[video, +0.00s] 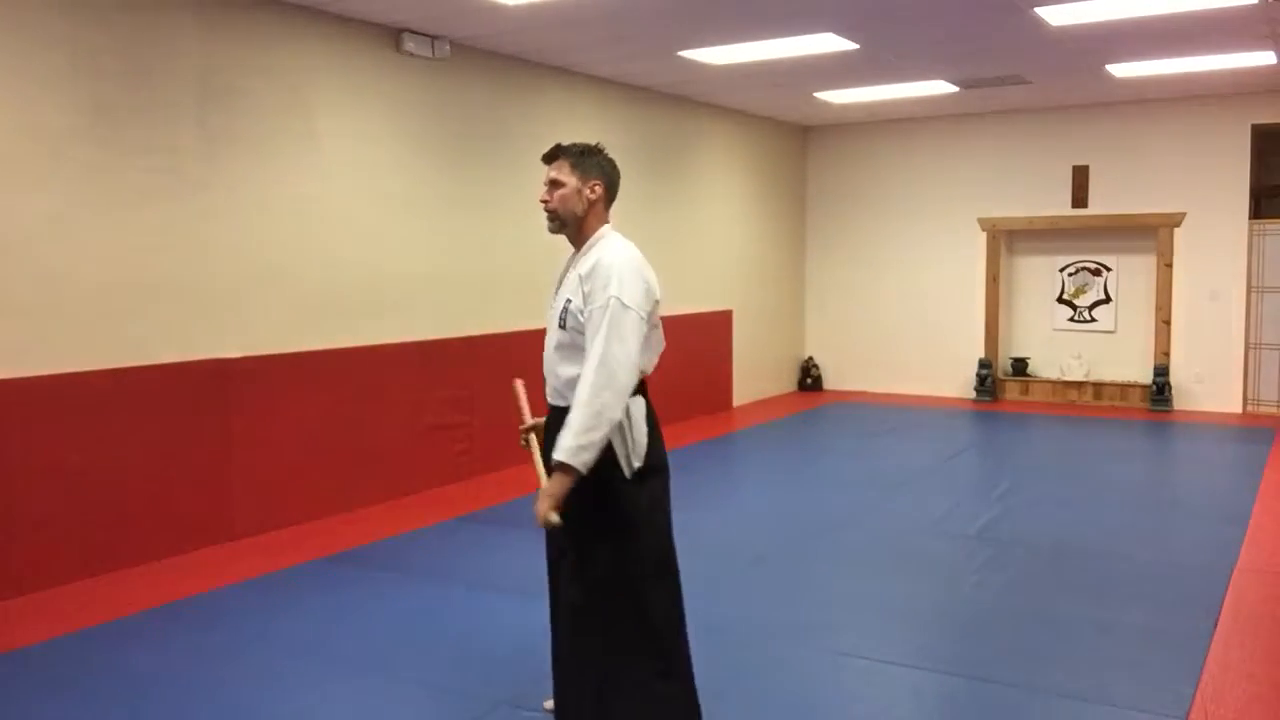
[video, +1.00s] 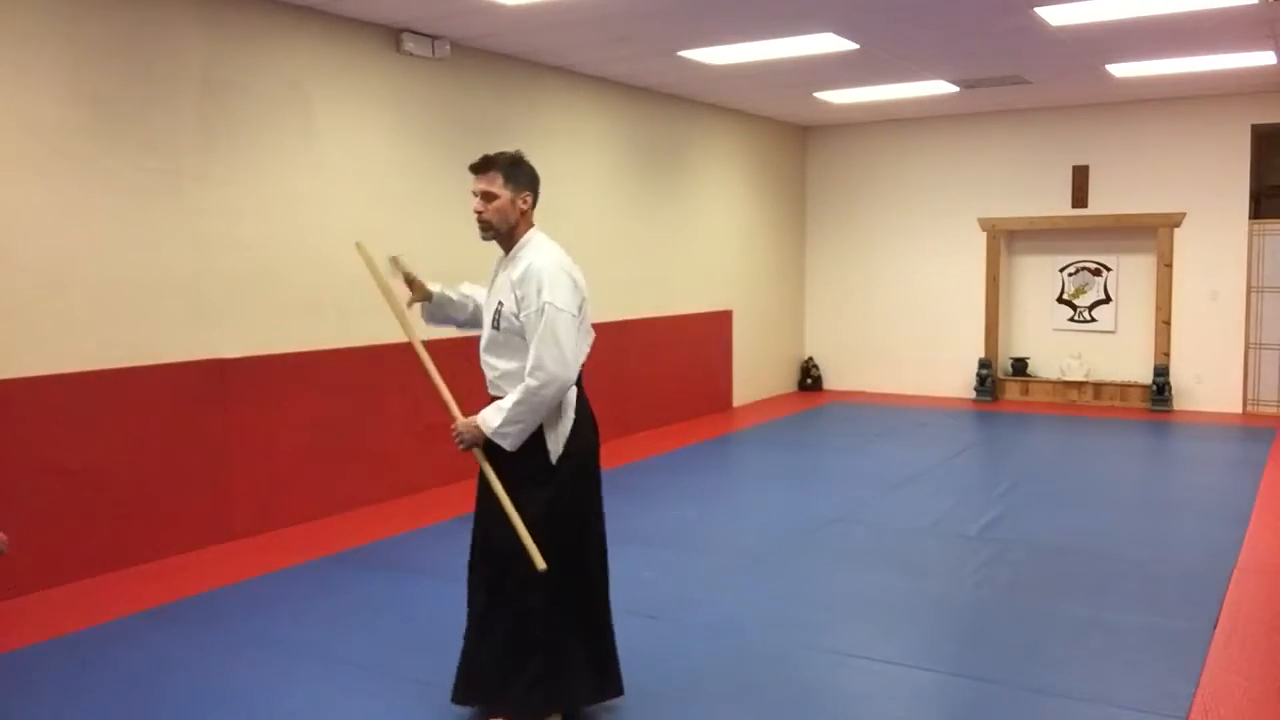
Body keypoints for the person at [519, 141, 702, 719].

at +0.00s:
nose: (544, 196)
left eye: (556, 186)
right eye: (545, 185)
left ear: (594, 192)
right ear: (584, 195)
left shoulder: (617, 266)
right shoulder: (584, 261)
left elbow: (607, 380)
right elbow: (588, 363)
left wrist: (563, 474)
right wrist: (555, 418)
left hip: (613, 446)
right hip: (580, 438)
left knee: (622, 598)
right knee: (585, 592)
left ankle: (633, 706)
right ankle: (586, 698)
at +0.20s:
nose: (532, 201)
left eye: (543, 190)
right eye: (532, 191)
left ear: (580, 195)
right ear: (574, 198)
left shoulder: (599, 264)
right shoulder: (578, 262)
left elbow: (591, 376)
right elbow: (587, 362)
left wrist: (543, 460)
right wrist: (547, 401)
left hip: (597, 447)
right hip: (578, 442)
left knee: (597, 602)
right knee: (583, 600)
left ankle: (607, 709)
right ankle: (591, 706)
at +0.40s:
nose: (520, 201)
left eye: (530, 191)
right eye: (519, 191)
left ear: (567, 196)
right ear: (557, 200)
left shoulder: (587, 261)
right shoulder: (566, 261)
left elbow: (588, 366)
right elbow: (575, 357)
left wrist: (531, 445)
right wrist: (524, 382)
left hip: (590, 440)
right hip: (568, 436)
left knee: (585, 592)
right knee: (564, 590)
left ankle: (594, 709)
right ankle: (571, 707)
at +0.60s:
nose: (510, 201)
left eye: (520, 190)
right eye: (509, 191)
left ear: (556, 194)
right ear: (544, 198)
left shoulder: (575, 259)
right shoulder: (549, 260)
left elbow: (573, 357)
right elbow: (539, 352)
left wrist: (509, 414)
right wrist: (488, 366)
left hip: (579, 435)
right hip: (550, 432)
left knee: (574, 576)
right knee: (535, 574)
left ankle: (574, 702)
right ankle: (539, 701)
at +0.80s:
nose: (493, 200)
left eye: (504, 190)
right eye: (493, 190)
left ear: (540, 196)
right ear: (522, 199)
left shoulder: (555, 259)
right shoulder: (533, 261)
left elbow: (558, 363)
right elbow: (517, 341)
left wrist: (498, 421)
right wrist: (453, 325)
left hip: (561, 430)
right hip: (537, 427)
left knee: (542, 564)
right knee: (540, 563)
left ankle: (537, 699)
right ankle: (551, 694)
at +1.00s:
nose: (477, 209)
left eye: (487, 198)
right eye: (475, 198)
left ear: (523, 201)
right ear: (504, 204)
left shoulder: (546, 270)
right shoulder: (514, 262)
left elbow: (551, 377)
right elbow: (494, 313)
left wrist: (489, 425)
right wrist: (432, 297)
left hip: (552, 434)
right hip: (516, 430)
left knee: (541, 565)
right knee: (506, 562)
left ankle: (547, 696)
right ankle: (511, 693)